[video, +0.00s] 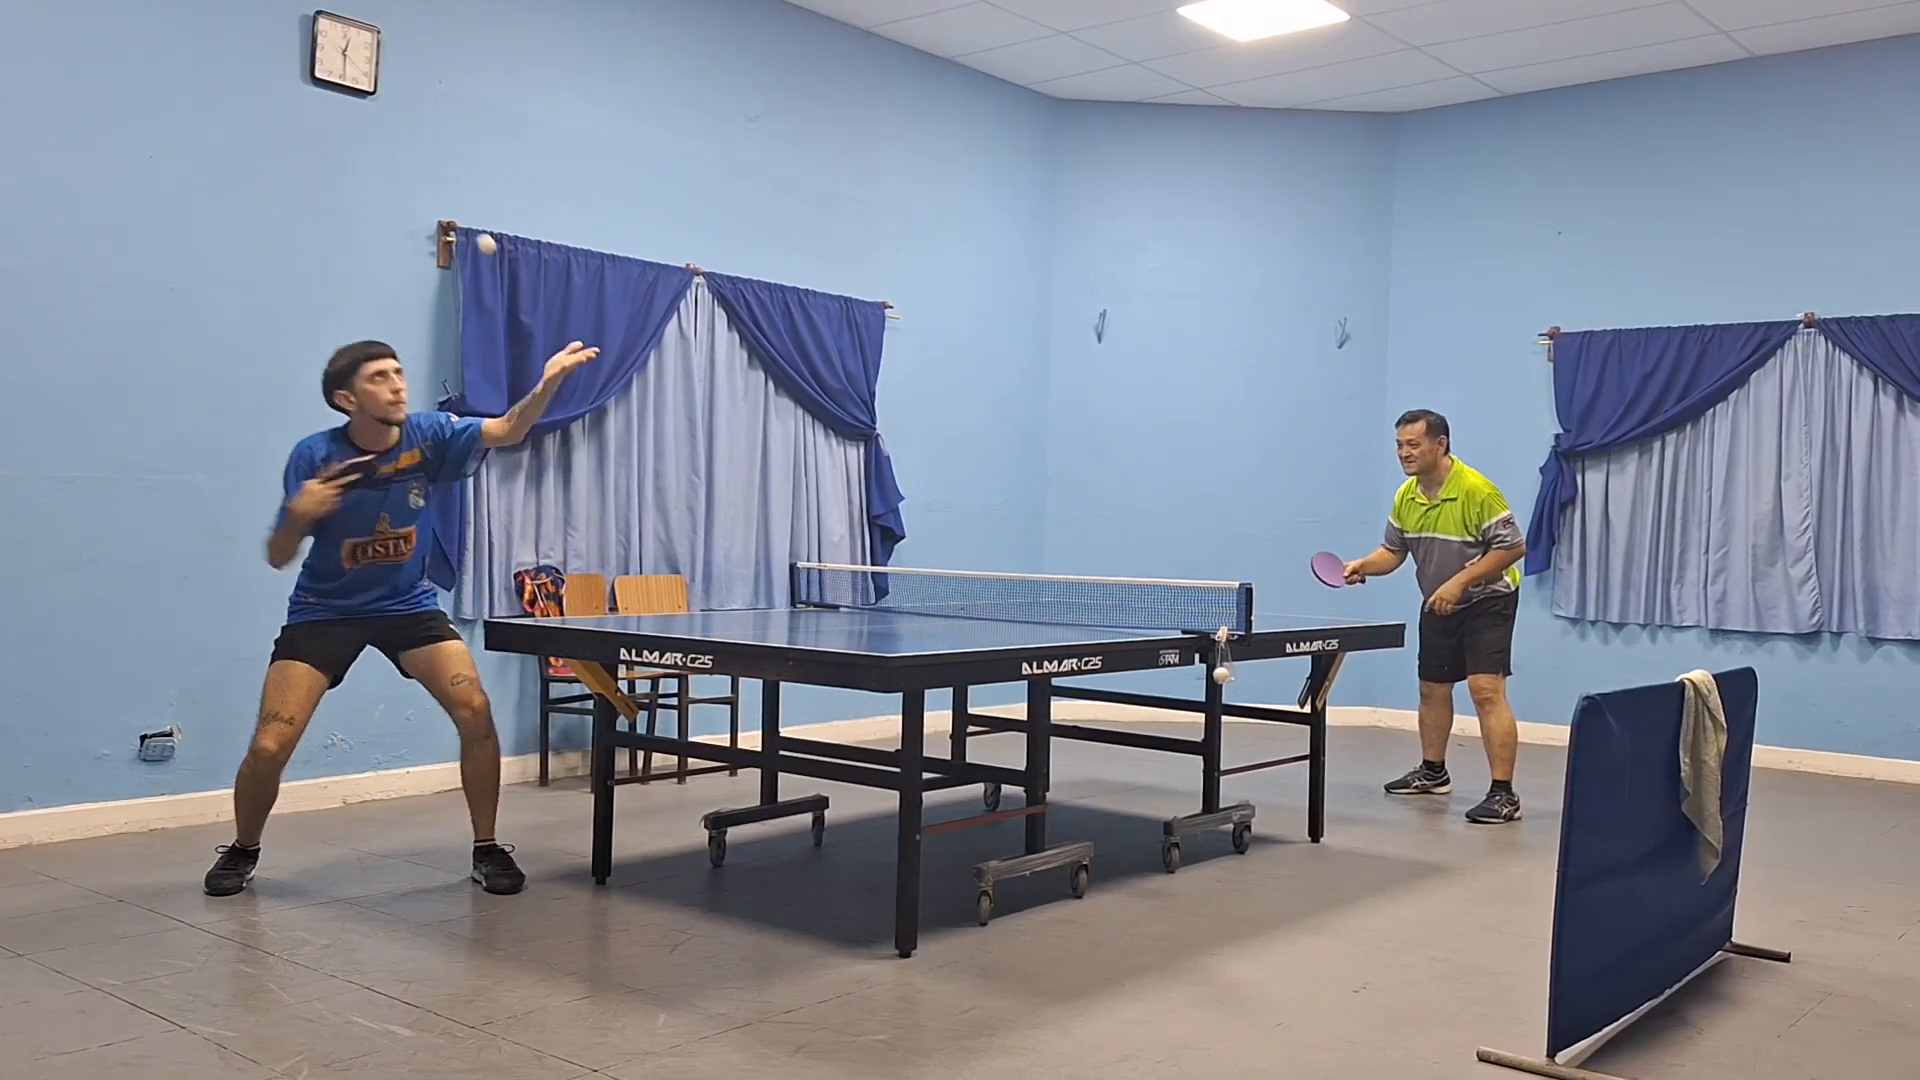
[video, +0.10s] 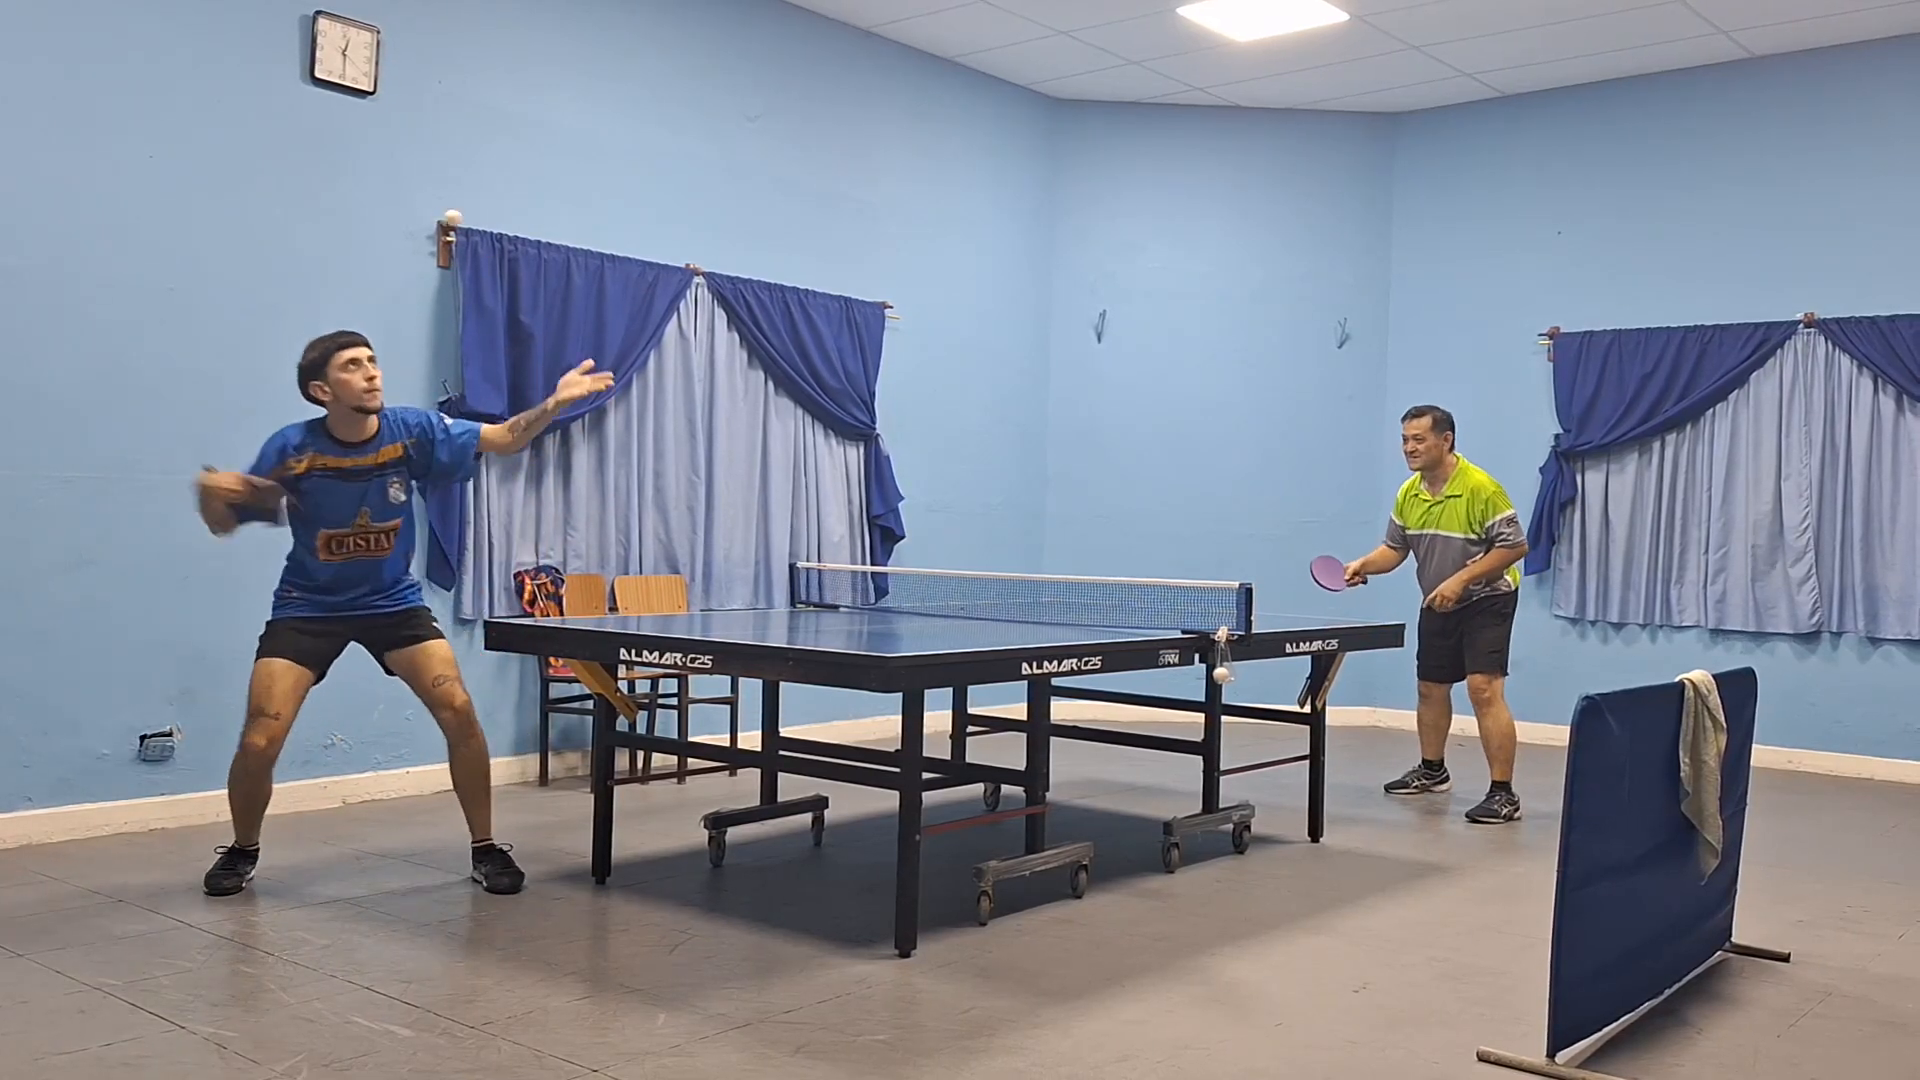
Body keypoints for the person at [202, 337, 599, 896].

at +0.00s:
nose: (396, 385)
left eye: (398, 375)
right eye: (379, 378)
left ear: (405, 385)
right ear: (345, 398)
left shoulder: (431, 433)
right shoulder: (314, 455)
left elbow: (509, 428)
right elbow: (278, 556)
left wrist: (548, 380)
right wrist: (298, 516)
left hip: (408, 604)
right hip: (324, 609)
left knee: (474, 708)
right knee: (268, 747)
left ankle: (487, 849)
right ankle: (243, 849)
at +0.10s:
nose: (370, 373)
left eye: (372, 363)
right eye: (352, 367)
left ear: (381, 375)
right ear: (320, 389)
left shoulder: (413, 429)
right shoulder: (289, 448)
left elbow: (505, 437)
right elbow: (227, 522)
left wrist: (555, 401)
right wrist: (213, 498)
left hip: (394, 600)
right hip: (308, 605)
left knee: (454, 703)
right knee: (260, 738)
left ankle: (485, 849)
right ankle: (241, 851)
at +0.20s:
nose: (357, 367)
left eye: (358, 357)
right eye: (339, 360)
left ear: (366, 370)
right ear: (304, 385)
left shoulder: (400, 431)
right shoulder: (276, 441)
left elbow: (496, 453)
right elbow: (196, 478)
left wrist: (558, 427)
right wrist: (159, 456)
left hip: (375, 598)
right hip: (288, 602)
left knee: (443, 703)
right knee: (246, 739)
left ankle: (480, 845)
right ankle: (243, 850)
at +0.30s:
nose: (361, 371)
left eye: (362, 361)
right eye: (344, 366)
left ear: (367, 374)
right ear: (309, 388)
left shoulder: (395, 437)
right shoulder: (273, 438)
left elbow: (473, 475)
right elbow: (180, 465)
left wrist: (552, 463)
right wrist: (115, 419)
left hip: (358, 596)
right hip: (274, 599)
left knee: (445, 691)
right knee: (239, 737)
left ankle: (449, 828)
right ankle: (241, 851)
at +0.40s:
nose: (387, 386)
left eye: (384, 376)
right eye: (371, 381)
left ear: (382, 390)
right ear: (334, 403)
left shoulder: (402, 451)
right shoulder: (284, 445)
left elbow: (456, 501)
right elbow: (185, 476)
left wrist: (538, 503)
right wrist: (122, 416)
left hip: (347, 596)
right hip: (266, 600)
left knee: (447, 672)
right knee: (235, 747)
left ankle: (382, 786)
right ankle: (242, 851)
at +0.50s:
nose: (432, 422)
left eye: (428, 411)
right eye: (417, 414)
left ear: (384, 430)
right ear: (374, 430)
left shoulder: (416, 474)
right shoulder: (308, 449)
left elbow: (448, 521)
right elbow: (200, 453)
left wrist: (523, 533)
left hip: (335, 609)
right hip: (257, 610)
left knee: (435, 684)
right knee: (240, 759)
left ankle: (353, 802)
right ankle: (242, 849)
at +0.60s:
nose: (476, 472)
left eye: (477, 460)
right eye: (468, 460)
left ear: (429, 462)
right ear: (426, 460)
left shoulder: (424, 503)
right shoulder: (358, 459)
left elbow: (434, 538)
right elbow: (258, 434)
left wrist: (508, 552)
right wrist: (336, 499)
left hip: (324, 613)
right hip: (250, 611)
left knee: (417, 708)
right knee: (246, 766)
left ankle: (377, 849)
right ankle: (238, 845)